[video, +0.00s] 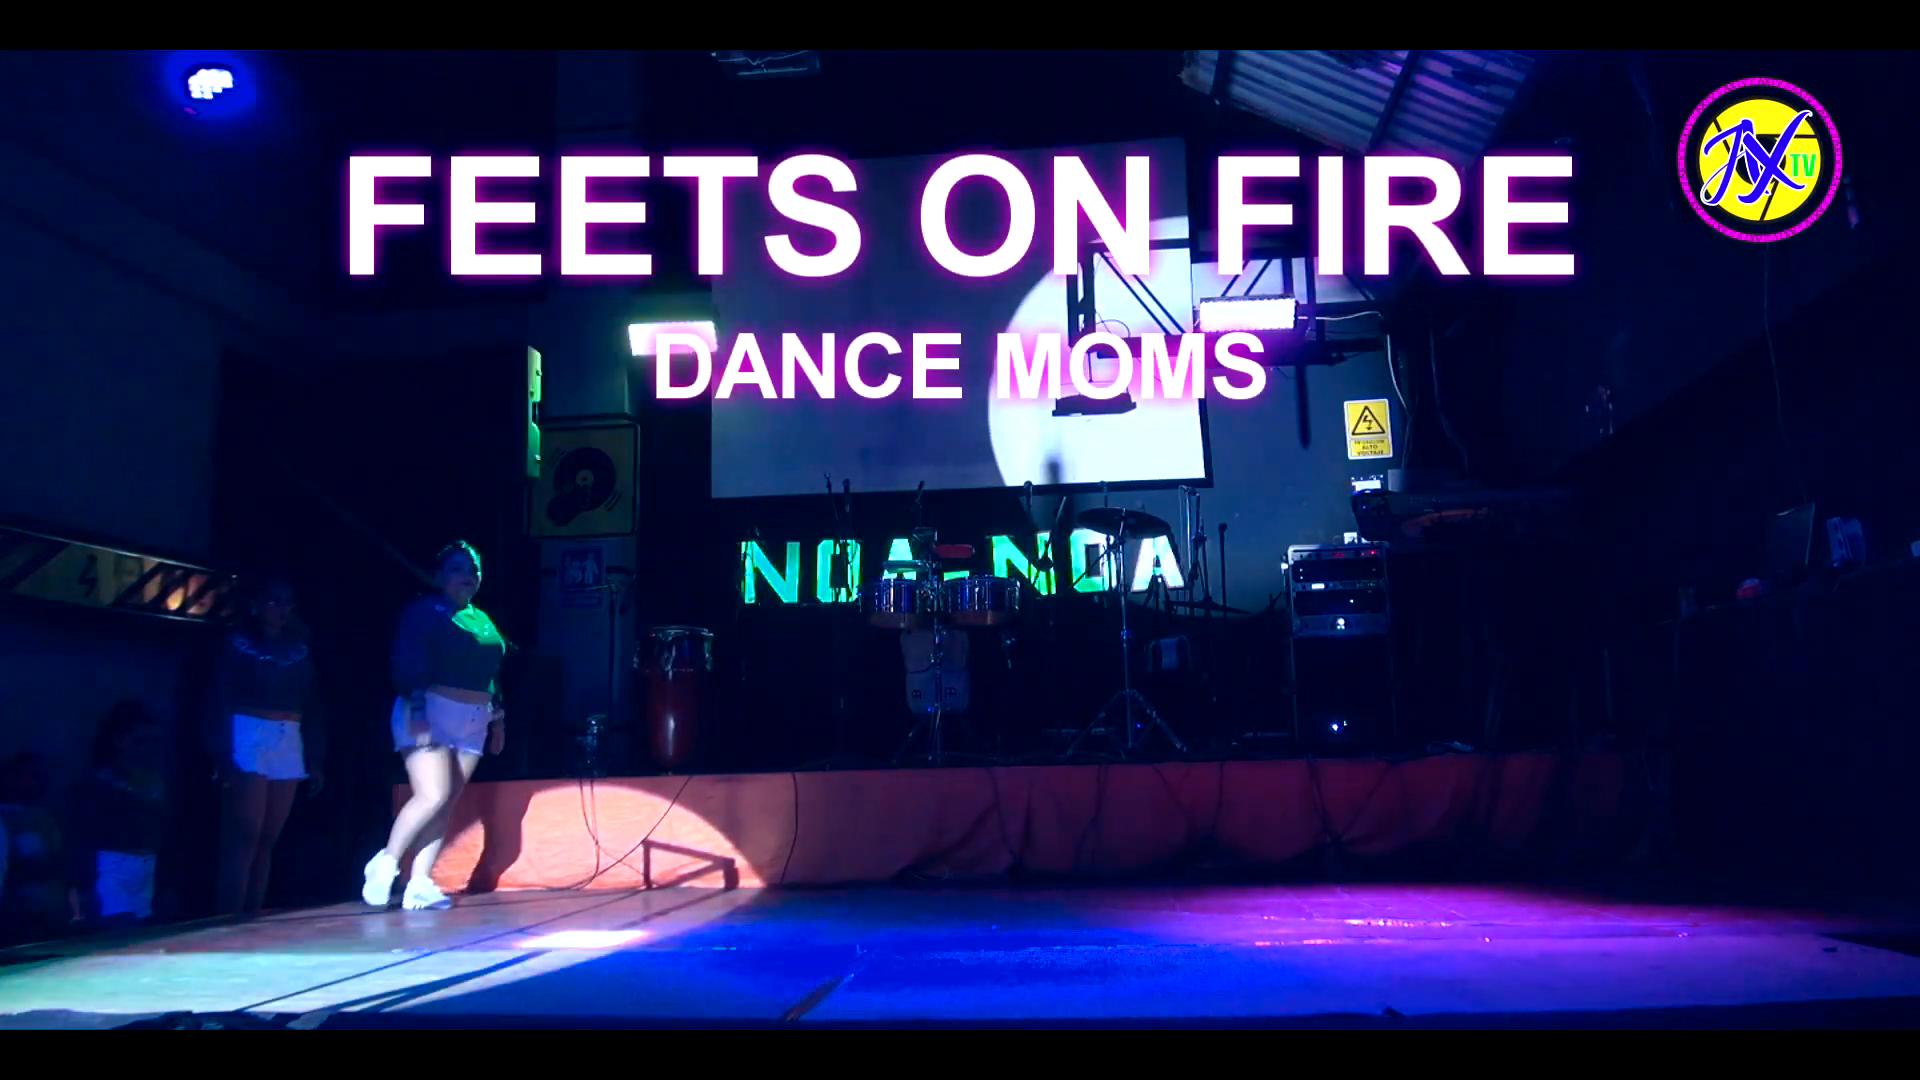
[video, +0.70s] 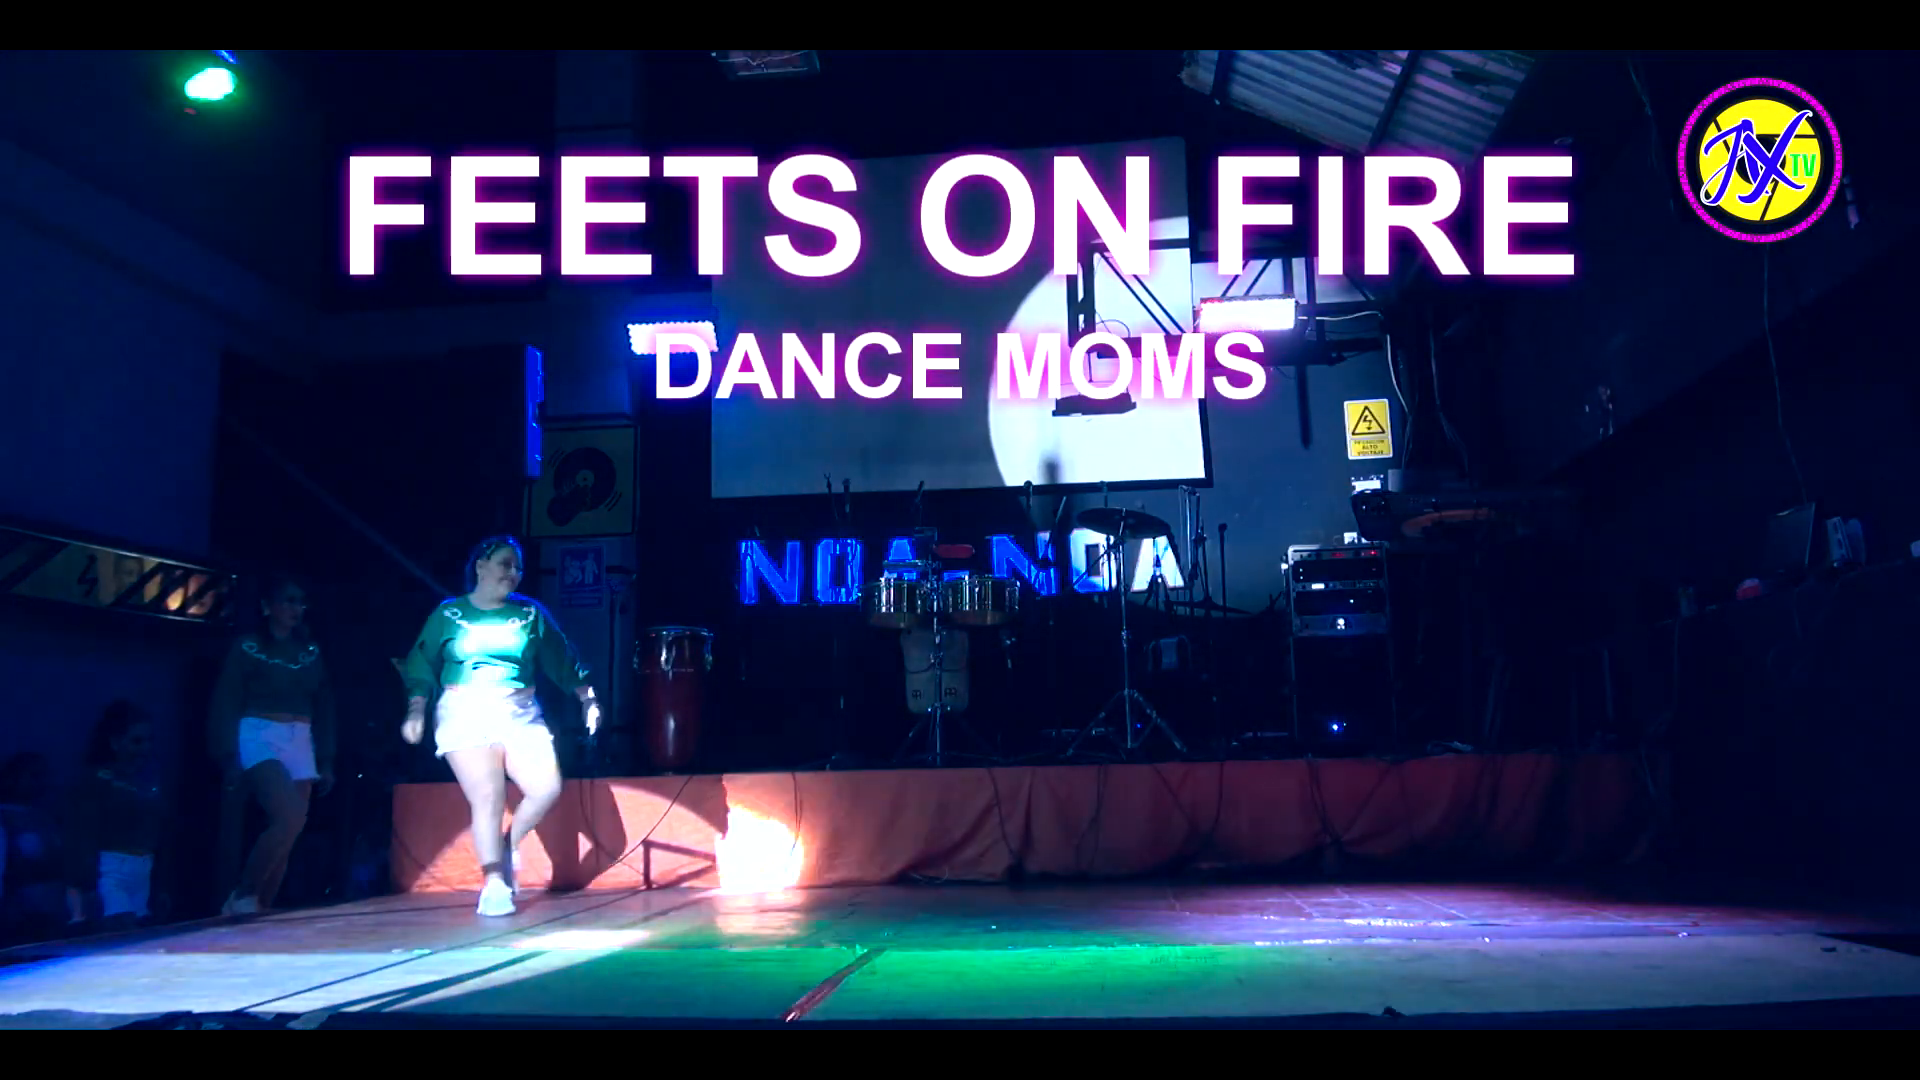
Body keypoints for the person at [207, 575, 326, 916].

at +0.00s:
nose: (280, 611)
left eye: (286, 604)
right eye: (274, 603)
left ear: (293, 609)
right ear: (258, 605)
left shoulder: (298, 647)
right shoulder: (239, 641)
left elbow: (310, 705)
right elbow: (222, 698)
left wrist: (313, 758)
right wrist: (223, 755)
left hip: (290, 733)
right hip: (251, 730)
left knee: (271, 834)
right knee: (248, 828)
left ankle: (255, 912)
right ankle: (232, 911)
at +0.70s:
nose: (295, 610)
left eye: (299, 603)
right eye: (288, 602)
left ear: (304, 609)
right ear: (269, 606)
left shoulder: (310, 652)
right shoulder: (249, 647)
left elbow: (322, 708)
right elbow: (228, 699)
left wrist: (324, 760)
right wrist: (227, 750)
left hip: (300, 736)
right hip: (258, 733)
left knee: (293, 822)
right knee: (288, 813)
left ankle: (263, 906)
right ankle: (244, 894)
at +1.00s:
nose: (305, 610)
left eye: (309, 603)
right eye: (298, 602)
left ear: (313, 610)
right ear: (280, 606)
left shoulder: (320, 653)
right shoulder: (257, 647)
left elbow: (333, 710)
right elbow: (235, 699)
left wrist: (335, 758)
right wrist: (229, 750)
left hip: (308, 734)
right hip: (265, 730)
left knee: (288, 817)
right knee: (323, 783)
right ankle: (293, 873)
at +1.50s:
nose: (348, 577)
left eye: (353, 571)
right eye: (340, 571)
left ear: (360, 577)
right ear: (322, 577)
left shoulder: (365, 625)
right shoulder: (298, 617)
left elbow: (379, 682)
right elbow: (272, 676)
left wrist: (385, 730)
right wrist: (266, 735)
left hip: (343, 716)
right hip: (300, 707)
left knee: (330, 808)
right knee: (332, 795)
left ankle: (276, 897)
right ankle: (315, 887)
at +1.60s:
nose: (358, 565)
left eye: (363, 559)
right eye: (349, 559)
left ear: (369, 568)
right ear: (331, 566)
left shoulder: (372, 614)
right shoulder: (307, 604)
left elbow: (384, 670)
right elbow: (282, 663)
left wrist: (392, 716)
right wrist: (276, 722)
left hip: (353, 704)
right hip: (309, 695)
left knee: (359, 799)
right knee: (329, 789)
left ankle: (283, 867)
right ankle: (314, 886)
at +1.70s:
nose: (370, 558)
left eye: (374, 552)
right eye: (362, 552)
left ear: (379, 560)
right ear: (342, 558)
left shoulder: (380, 606)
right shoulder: (318, 598)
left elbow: (389, 665)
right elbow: (295, 657)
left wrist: (394, 711)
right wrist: (292, 713)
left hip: (364, 694)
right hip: (322, 688)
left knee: (378, 787)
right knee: (329, 789)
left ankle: (308, 841)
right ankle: (315, 885)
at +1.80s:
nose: (381, 552)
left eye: (385, 546)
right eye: (373, 545)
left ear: (391, 554)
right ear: (353, 551)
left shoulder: (388, 597)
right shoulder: (331, 591)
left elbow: (394, 655)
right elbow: (310, 646)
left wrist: (395, 702)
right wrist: (313, 701)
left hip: (375, 685)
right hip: (334, 681)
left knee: (398, 774)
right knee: (329, 787)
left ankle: (346, 853)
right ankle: (314, 884)